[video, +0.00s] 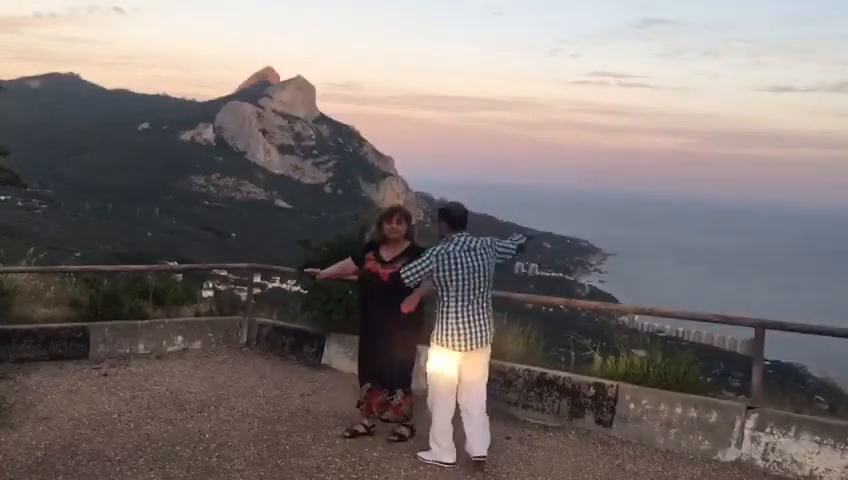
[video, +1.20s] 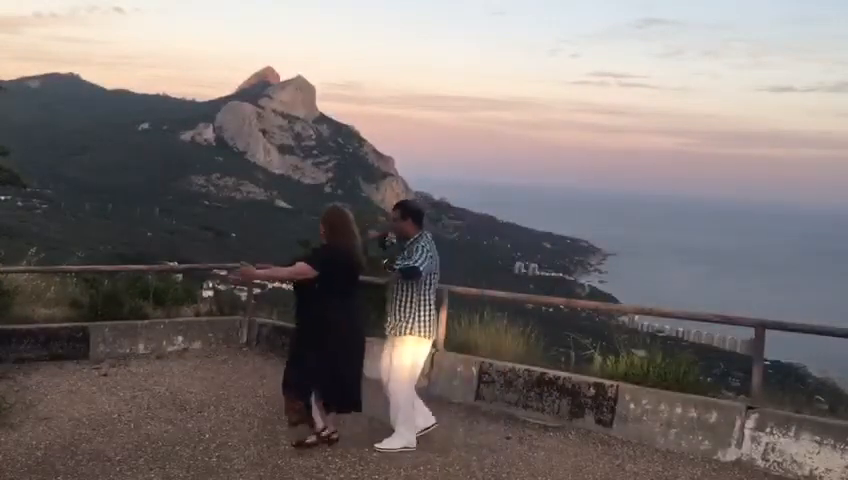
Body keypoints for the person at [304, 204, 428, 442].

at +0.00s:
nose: (394, 227)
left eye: (399, 223)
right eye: (389, 223)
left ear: (408, 227)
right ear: (381, 226)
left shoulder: (417, 254)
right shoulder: (370, 251)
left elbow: (433, 280)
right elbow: (349, 265)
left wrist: (417, 295)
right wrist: (323, 273)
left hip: (403, 325)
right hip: (372, 323)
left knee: (399, 372)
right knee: (369, 370)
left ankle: (404, 424)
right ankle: (367, 420)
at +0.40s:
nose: (368, 226)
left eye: (374, 222)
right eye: (364, 221)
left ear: (384, 226)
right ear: (357, 225)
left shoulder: (391, 253)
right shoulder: (349, 251)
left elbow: (397, 278)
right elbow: (329, 268)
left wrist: (384, 286)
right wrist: (300, 278)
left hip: (379, 324)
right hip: (350, 320)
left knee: (370, 370)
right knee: (348, 366)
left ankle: (360, 424)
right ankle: (352, 417)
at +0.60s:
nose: (353, 228)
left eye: (360, 224)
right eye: (351, 223)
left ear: (372, 229)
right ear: (347, 227)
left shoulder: (380, 254)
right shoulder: (345, 255)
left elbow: (374, 274)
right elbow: (326, 274)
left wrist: (355, 282)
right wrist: (301, 285)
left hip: (370, 325)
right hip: (344, 322)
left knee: (362, 371)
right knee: (346, 368)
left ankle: (358, 425)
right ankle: (357, 418)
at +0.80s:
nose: (338, 226)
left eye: (344, 222)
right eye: (338, 221)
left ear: (358, 226)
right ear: (338, 224)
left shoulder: (366, 251)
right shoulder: (341, 253)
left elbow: (349, 273)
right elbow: (329, 278)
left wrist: (318, 278)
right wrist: (307, 292)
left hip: (359, 325)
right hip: (337, 323)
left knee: (353, 371)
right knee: (329, 368)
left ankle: (353, 423)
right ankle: (331, 421)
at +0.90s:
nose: (332, 223)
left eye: (338, 220)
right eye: (333, 219)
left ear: (352, 224)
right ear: (338, 224)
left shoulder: (358, 249)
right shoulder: (340, 251)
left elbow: (336, 271)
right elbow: (333, 281)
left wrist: (302, 274)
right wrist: (310, 282)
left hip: (354, 324)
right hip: (335, 323)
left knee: (351, 371)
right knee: (331, 370)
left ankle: (354, 424)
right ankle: (330, 422)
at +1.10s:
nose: (324, 228)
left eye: (327, 223)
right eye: (325, 223)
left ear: (335, 227)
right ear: (350, 226)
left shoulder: (343, 254)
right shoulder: (342, 253)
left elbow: (309, 273)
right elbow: (311, 274)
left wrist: (271, 272)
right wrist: (275, 273)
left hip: (337, 330)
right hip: (328, 328)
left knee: (325, 375)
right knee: (318, 376)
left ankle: (345, 417)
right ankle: (327, 426)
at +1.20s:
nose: (320, 229)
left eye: (322, 225)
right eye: (321, 224)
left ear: (327, 229)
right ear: (348, 228)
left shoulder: (328, 255)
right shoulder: (349, 256)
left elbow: (294, 274)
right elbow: (305, 272)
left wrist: (256, 275)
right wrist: (272, 269)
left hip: (320, 330)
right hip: (342, 330)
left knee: (299, 380)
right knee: (322, 380)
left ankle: (318, 428)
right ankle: (328, 427)